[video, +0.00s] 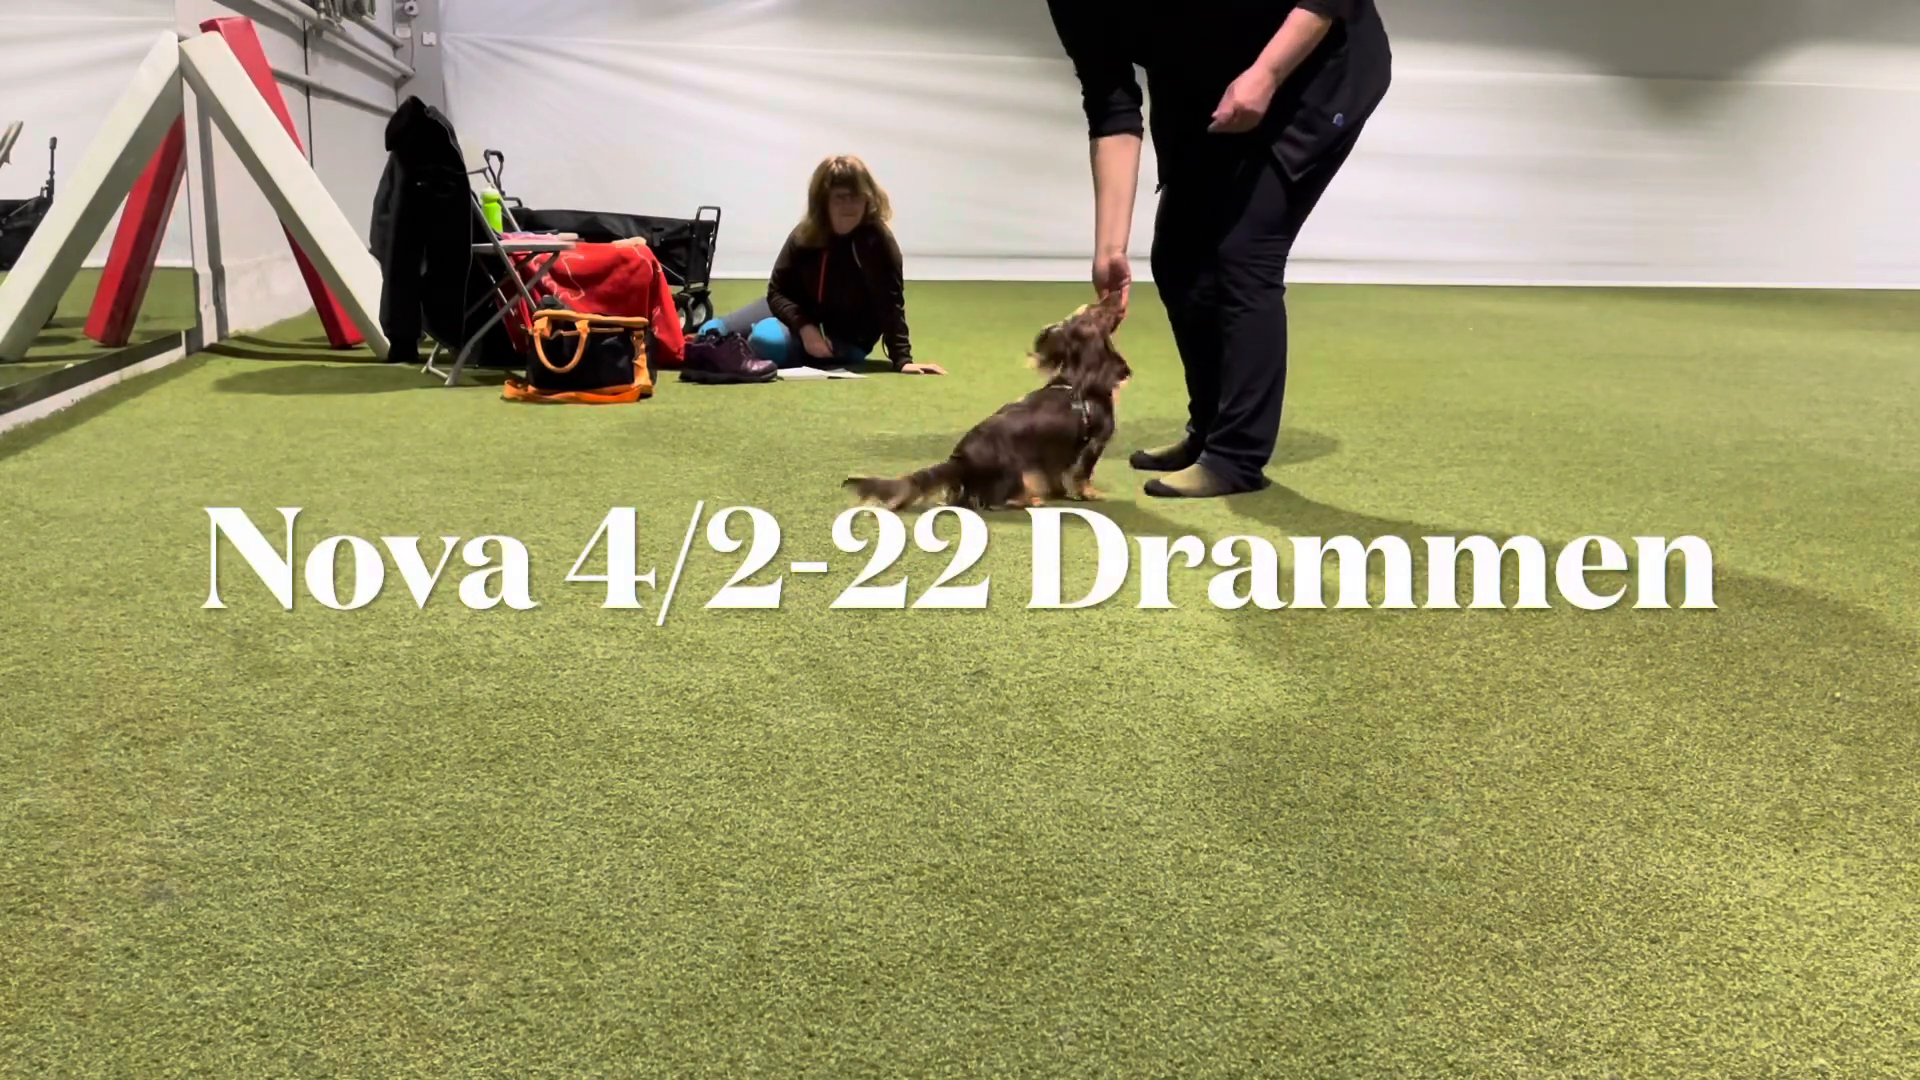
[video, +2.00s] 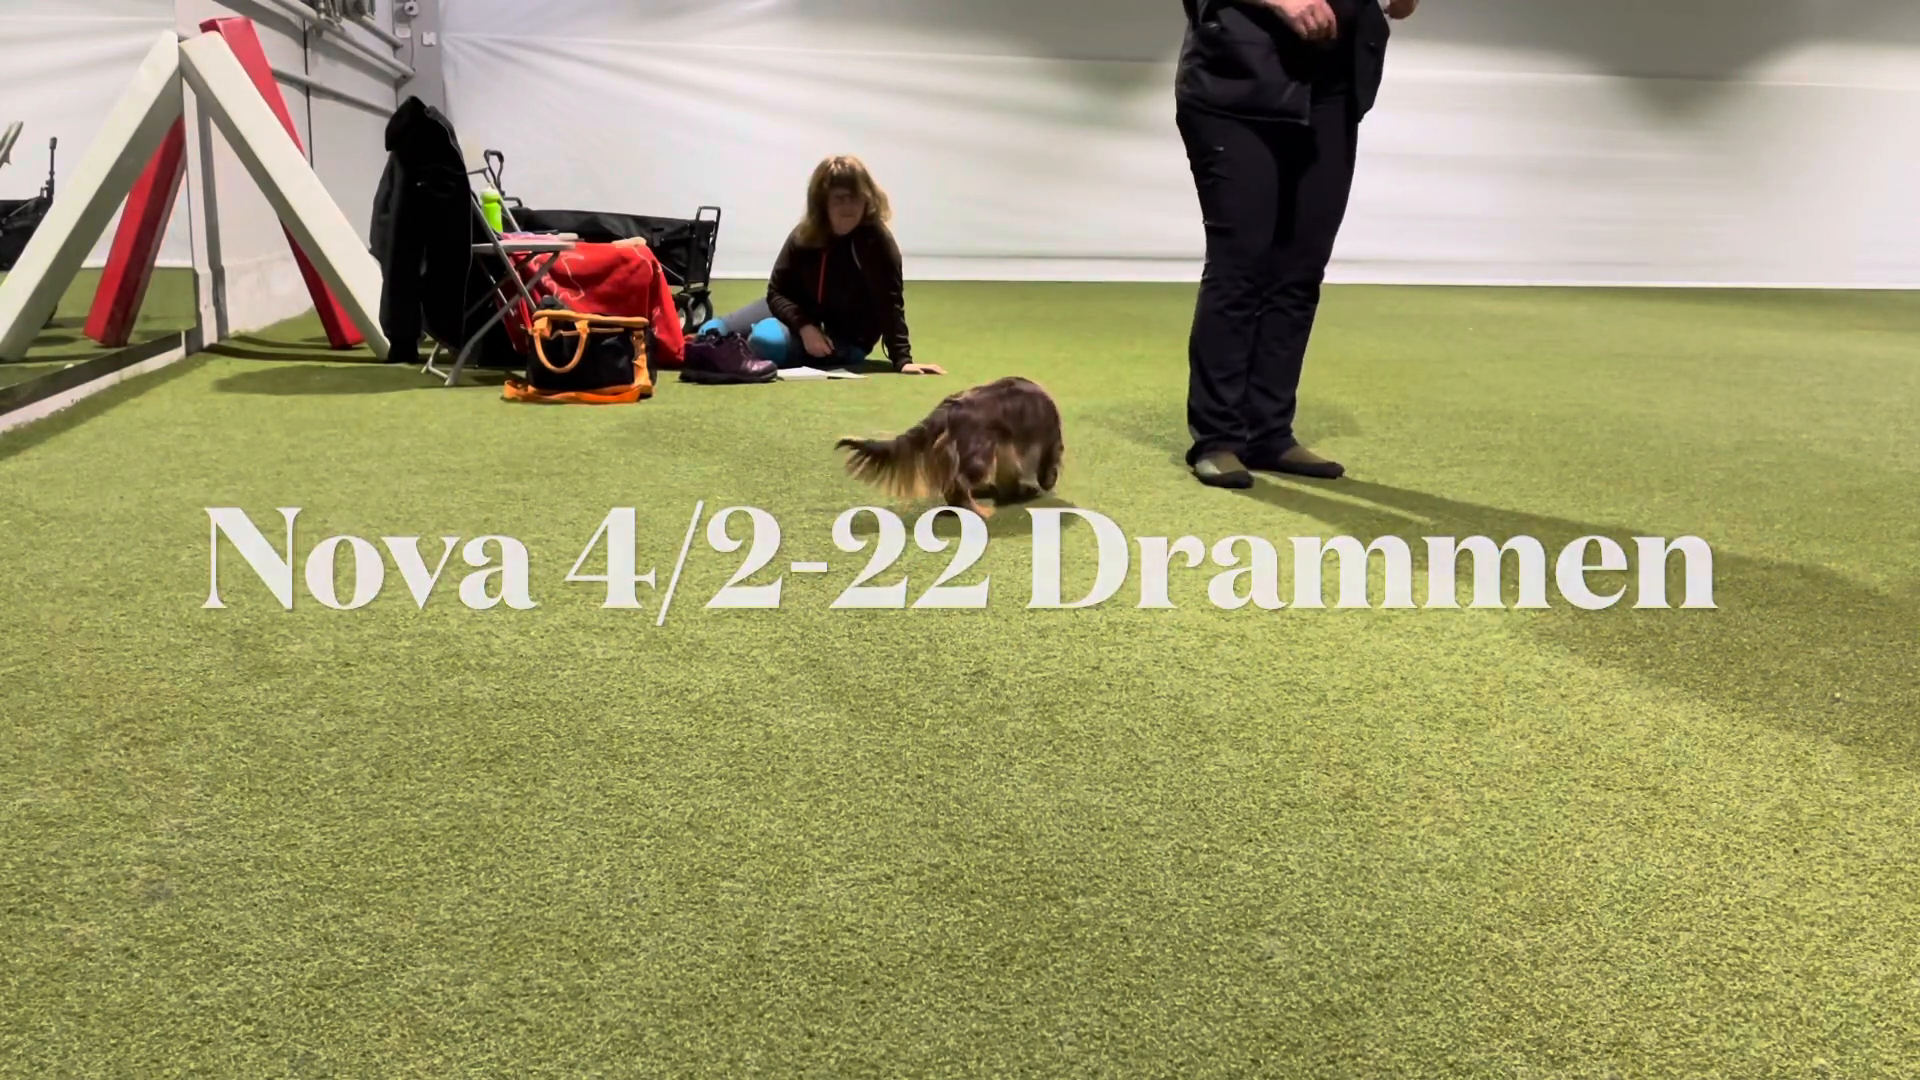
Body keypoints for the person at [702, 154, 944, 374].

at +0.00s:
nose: (848, 204)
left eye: (856, 195)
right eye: (839, 196)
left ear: (868, 200)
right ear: (823, 200)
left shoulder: (878, 242)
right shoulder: (805, 236)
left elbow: (891, 302)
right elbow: (778, 292)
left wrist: (902, 360)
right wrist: (805, 327)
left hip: (841, 338)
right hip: (794, 313)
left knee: (764, 337)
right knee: (714, 331)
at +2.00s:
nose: (847, 205)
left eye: (855, 196)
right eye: (838, 197)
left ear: (866, 200)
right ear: (822, 201)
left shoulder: (878, 243)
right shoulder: (804, 237)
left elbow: (891, 302)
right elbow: (777, 293)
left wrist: (902, 360)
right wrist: (804, 327)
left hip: (840, 338)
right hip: (794, 313)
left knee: (764, 337)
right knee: (714, 331)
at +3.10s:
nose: (848, 206)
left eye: (855, 197)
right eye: (839, 198)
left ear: (867, 200)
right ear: (823, 202)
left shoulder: (879, 243)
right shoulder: (804, 237)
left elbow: (892, 302)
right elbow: (777, 292)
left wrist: (902, 360)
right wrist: (804, 327)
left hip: (842, 337)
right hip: (796, 313)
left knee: (764, 337)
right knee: (714, 330)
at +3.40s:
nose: (848, 206)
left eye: (855, 197)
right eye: (839, 198)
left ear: (867, 200)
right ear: (823, 202)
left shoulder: (878, 243)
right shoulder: (804, 237)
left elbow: (891, 302)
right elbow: (777, 292)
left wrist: (902, 360)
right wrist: (804, 327)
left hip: (843, 338)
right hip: (796, 313)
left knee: (764, 337)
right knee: (715, 330)